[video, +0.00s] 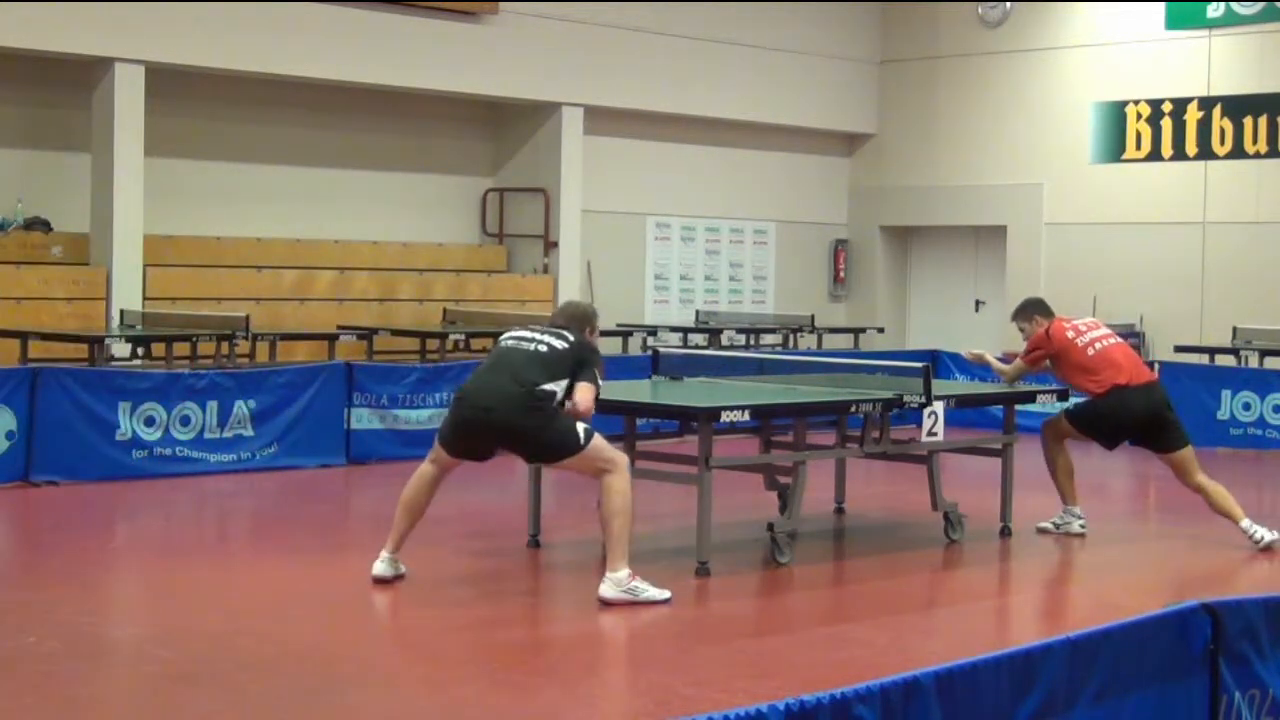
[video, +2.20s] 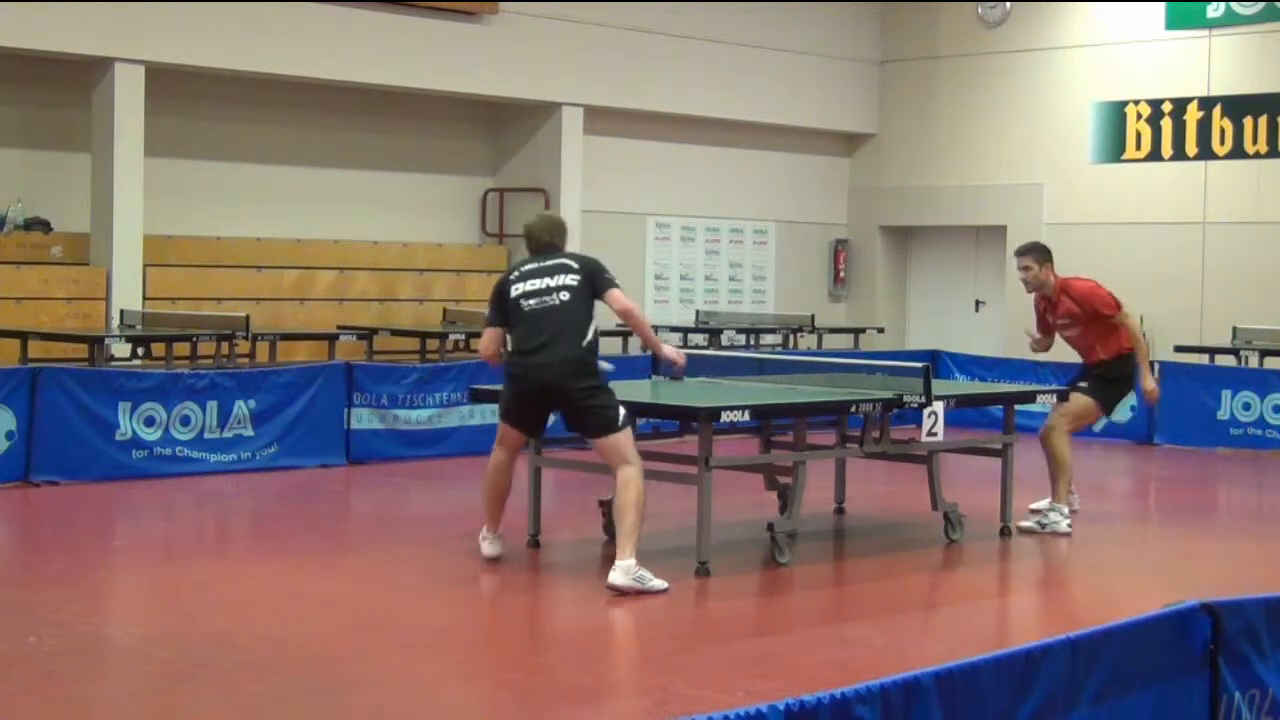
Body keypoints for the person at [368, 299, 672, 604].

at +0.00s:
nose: (597, 342)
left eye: (596, 335)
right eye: (596, 335)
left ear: (557, 323)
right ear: (586, 332)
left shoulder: (517, 333)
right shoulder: (584, 350)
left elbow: (495, 375)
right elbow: (583, 406)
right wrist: (568, 419)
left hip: (470, 409)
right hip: (526, 417)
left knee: (435, 464)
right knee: (616, 465)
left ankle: (386, 557)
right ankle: (618, 576)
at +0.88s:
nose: (589, 305)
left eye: (588, 300)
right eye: (588, 300)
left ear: (544, 296)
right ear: (580, 301)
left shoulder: (512, 313)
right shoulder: (581, 325)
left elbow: (501, 361)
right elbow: (602, 397)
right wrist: (598, 392)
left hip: (472, 404)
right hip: (529, 410)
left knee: (435, 463)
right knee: (616, 465)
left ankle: (386, 557)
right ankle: (618, 576)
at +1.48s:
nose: (594, 279)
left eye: (592, 272)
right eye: (593, 272)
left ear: (550, 271)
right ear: (584, 275)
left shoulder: (518, 297)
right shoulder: (584, 303)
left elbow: (500, 348)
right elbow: (608, 368)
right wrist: (622, 379)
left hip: (486, 400)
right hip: (539, 404)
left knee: (444, 467)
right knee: (625, 469)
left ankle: (389, 556)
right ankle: (619, 577)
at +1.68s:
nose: (595, 237)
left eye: (593, 231)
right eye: (593, 231)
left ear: (549, 233)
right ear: (585, 234)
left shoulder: (519, 263)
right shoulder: (595, 264)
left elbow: (482, 330)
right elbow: (612, 319)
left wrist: (508, 339)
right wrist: (629, 347)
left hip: (505, 366)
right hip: (558, 369)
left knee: (467, 442)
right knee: (633, 444)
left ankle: (431, 534)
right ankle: (622, 547)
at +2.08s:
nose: (582, 244)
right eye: (581, 239)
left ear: (543, 243)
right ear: (580, 241)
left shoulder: (521, 281)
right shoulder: (598, 272)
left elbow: (495, 350)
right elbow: (640, 327)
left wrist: (516, 368)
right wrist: (656, 353)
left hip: (530, 387)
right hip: (583, 387)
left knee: (505, 447)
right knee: (638, 469)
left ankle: (476, 536)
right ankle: (626, 566)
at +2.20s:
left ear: (527, 246)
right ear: (564, 243)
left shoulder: (508, 281)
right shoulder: (584, 266)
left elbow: (488, 351)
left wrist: (513, 353)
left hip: (526, 378)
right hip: (577, 375)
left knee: (504, 449)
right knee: (627, 464)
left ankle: (490, 536)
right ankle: (626, 564)